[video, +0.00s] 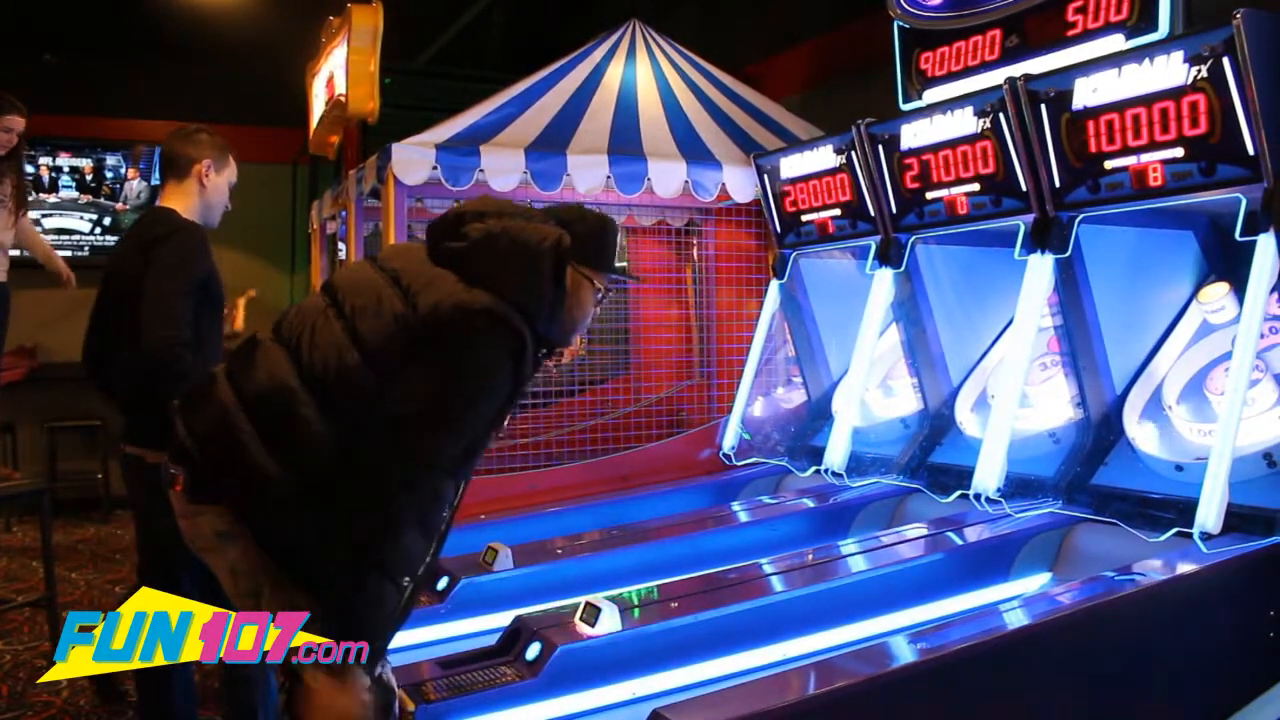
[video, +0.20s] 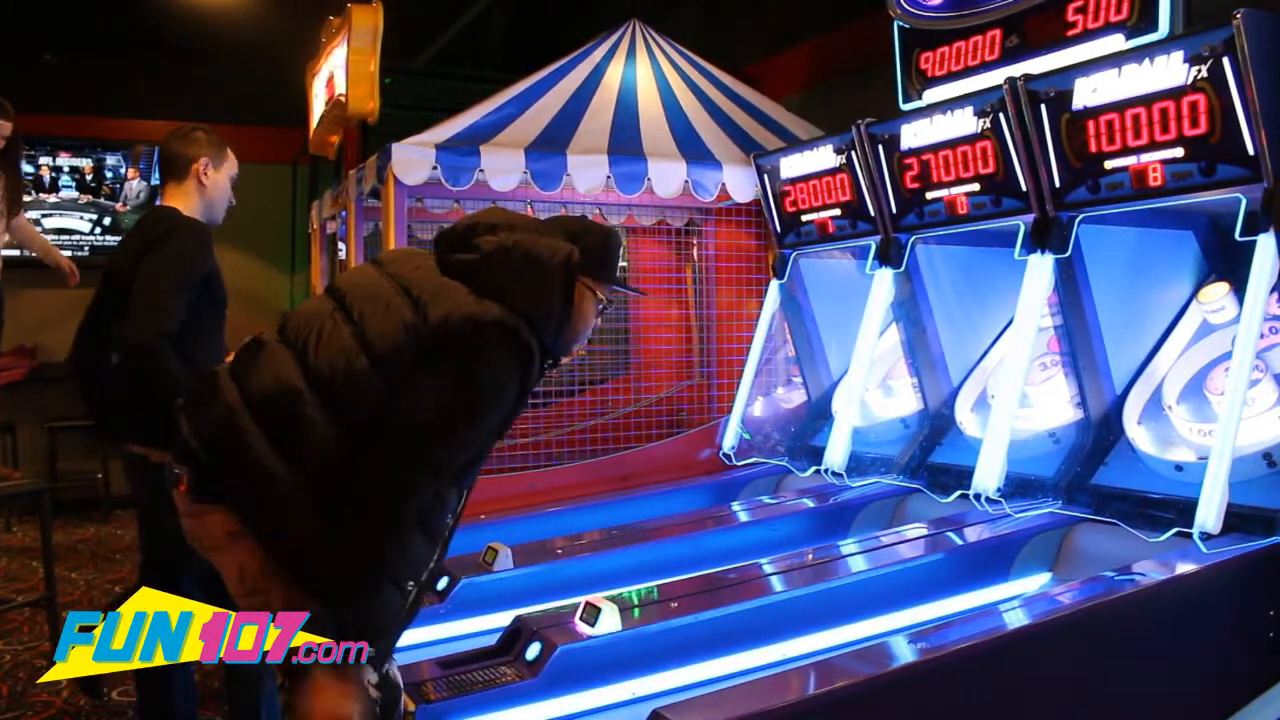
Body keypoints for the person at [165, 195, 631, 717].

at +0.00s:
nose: (596, 311)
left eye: (602, 294)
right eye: (596, 290)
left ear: (551, 264)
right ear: (561, 272)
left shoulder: (424, 265)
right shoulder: (489, 329)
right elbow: (415, 484)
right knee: (340, 686)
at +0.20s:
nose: (595, 324)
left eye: (603, 308)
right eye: (597, 304)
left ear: (537, 264)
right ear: (568, 287)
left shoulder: (418, 268)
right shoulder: (498, 337)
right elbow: (411, 487)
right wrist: (358, 645)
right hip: (259, 510)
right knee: (337, 683)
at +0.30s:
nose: (594, 316)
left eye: (600, 299)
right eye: (596, 294)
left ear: (517, 256)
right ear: (563, 277)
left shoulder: (411, 265)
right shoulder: (506, 342)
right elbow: (456, 482)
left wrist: (468, 538)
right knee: (342, 687)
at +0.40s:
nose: (592, 312)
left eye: (598, 293)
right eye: (593, 290)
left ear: (511, 257)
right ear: (556, 276)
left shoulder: (403, 263)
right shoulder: (509, 348)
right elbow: (546, 490)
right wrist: (612, 558)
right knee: (350, 691)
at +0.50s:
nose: (588, 303)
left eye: (592, 286)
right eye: (586, 284)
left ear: (493, 247)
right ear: (554, 277)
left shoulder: (396, 265)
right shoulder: (519, 342)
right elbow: (615, 460)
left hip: (209, 484)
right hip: (286, 530)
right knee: (364, 700)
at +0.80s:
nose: (586, 281)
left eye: (589, 265)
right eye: (582, 262)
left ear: (485, 235)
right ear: (541, 253)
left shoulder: (393, 263)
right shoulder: (505, 319)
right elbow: (582, 467)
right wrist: (705, 539)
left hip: (220, 485)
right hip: (290, 519)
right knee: (354, 698)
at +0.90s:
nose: (586, 279)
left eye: (588, 263)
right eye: (580, 261)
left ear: (504, 242)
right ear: (537, 254)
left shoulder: (392, 263)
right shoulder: (497, 320)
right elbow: (544, 486)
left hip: (215, 487)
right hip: (280, 517)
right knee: (359, 697)